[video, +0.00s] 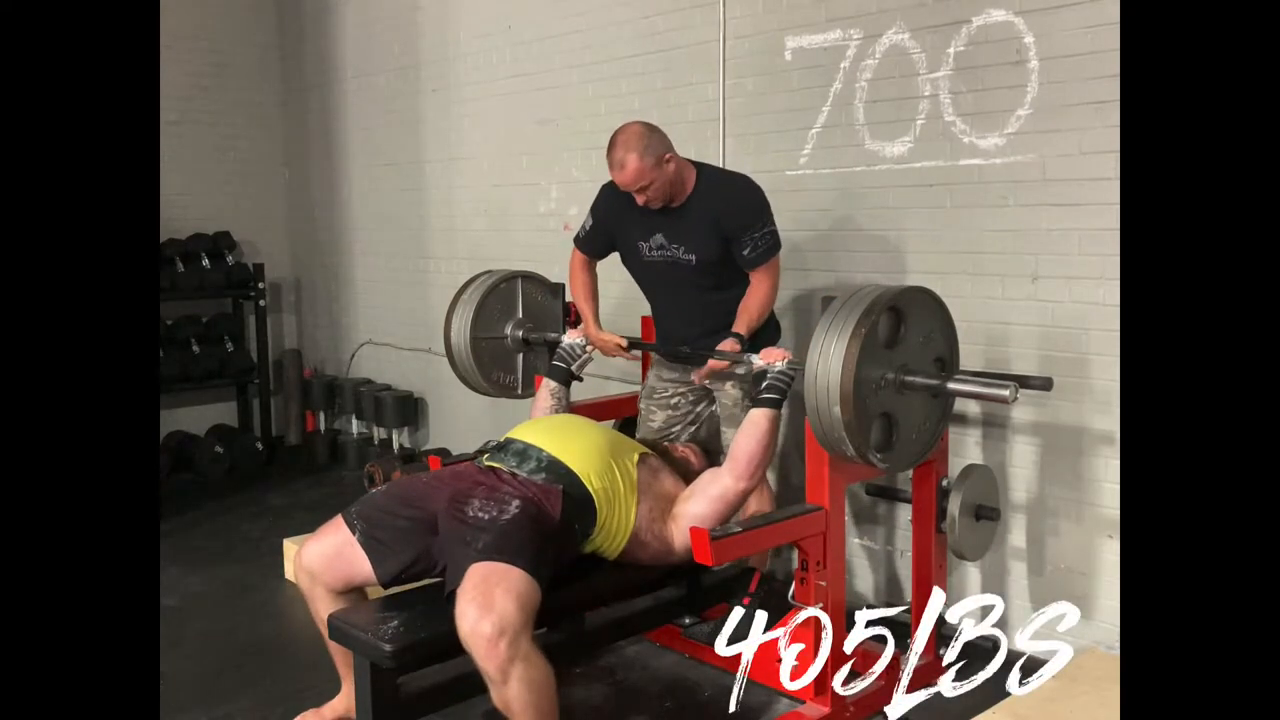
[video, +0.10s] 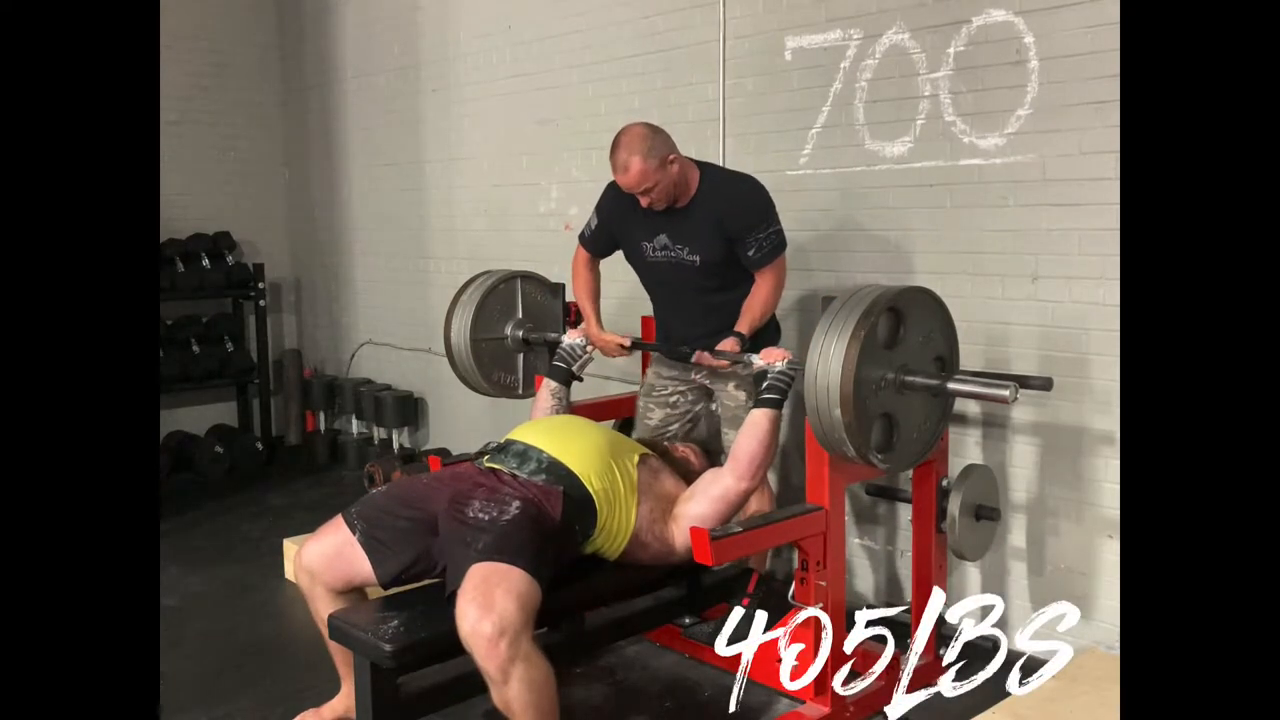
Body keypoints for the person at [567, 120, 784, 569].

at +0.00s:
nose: (639, 201)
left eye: (645, 189)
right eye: (629, 193)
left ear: (671, 162)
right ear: (616, 176)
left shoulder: (735, 196)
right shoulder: (615, 203)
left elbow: (765, 277)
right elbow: (582, 257)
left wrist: (734, 342)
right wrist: (591, 327)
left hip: (743, 358)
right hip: (671, 359)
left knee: (747, 476)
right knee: (655, 467)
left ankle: (760, 593)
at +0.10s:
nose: (642, 202)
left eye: (648, 190)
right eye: (632, 194)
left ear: (674, 162)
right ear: (619, 180)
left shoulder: (739, 196)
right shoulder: (619, 202)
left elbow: (772, 274)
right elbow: (585, 257)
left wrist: (739, 335)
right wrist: (593, 329)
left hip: (742, 360)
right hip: (672, 359)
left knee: (747, 473)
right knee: (654, 472)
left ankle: (760, 587)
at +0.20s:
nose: (641, 205)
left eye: (647, 193)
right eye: (631, 197)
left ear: (672, 165)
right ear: (617, 181)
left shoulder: (738, 197)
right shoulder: (618, 203)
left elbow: (772, 274)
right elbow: (584, 256)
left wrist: (738, 336)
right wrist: (593, 327)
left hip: (741, 358)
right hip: (671, 357)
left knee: (746, 478)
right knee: (648, 468)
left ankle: (758, 593)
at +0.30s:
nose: (638, 205)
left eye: (644, 193)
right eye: (627, 197)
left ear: (667, 164)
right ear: (612, 183)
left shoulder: (731, 196)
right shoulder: (612, 204)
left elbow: (766, 272)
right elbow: (578, 257)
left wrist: (737, 333)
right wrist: (593, 328)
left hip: (734, 363)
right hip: (666, 363)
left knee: (743, 481)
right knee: (646, 476)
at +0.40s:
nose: (634, 203)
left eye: (639, 191)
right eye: (623, 195)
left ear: (661, 162)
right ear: (609, 180)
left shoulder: (726, 195)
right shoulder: (607, 202)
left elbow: (762, 271)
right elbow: (576, 258)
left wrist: (735, 333)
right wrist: (595, 328)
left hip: (729, 363)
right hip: (659, 361)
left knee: (742, 479)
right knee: (637, 472)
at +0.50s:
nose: (631, 203)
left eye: (636, 191)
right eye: (621, 194)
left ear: (659, 161)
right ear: (607, 179)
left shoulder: (724, 194)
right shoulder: (606, 200)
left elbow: (761, 269)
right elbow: (577, 257)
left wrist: (734, 332)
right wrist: (595, 327)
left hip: (728, 367)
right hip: (657, 364)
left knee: (742, 481)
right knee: (631, 474)